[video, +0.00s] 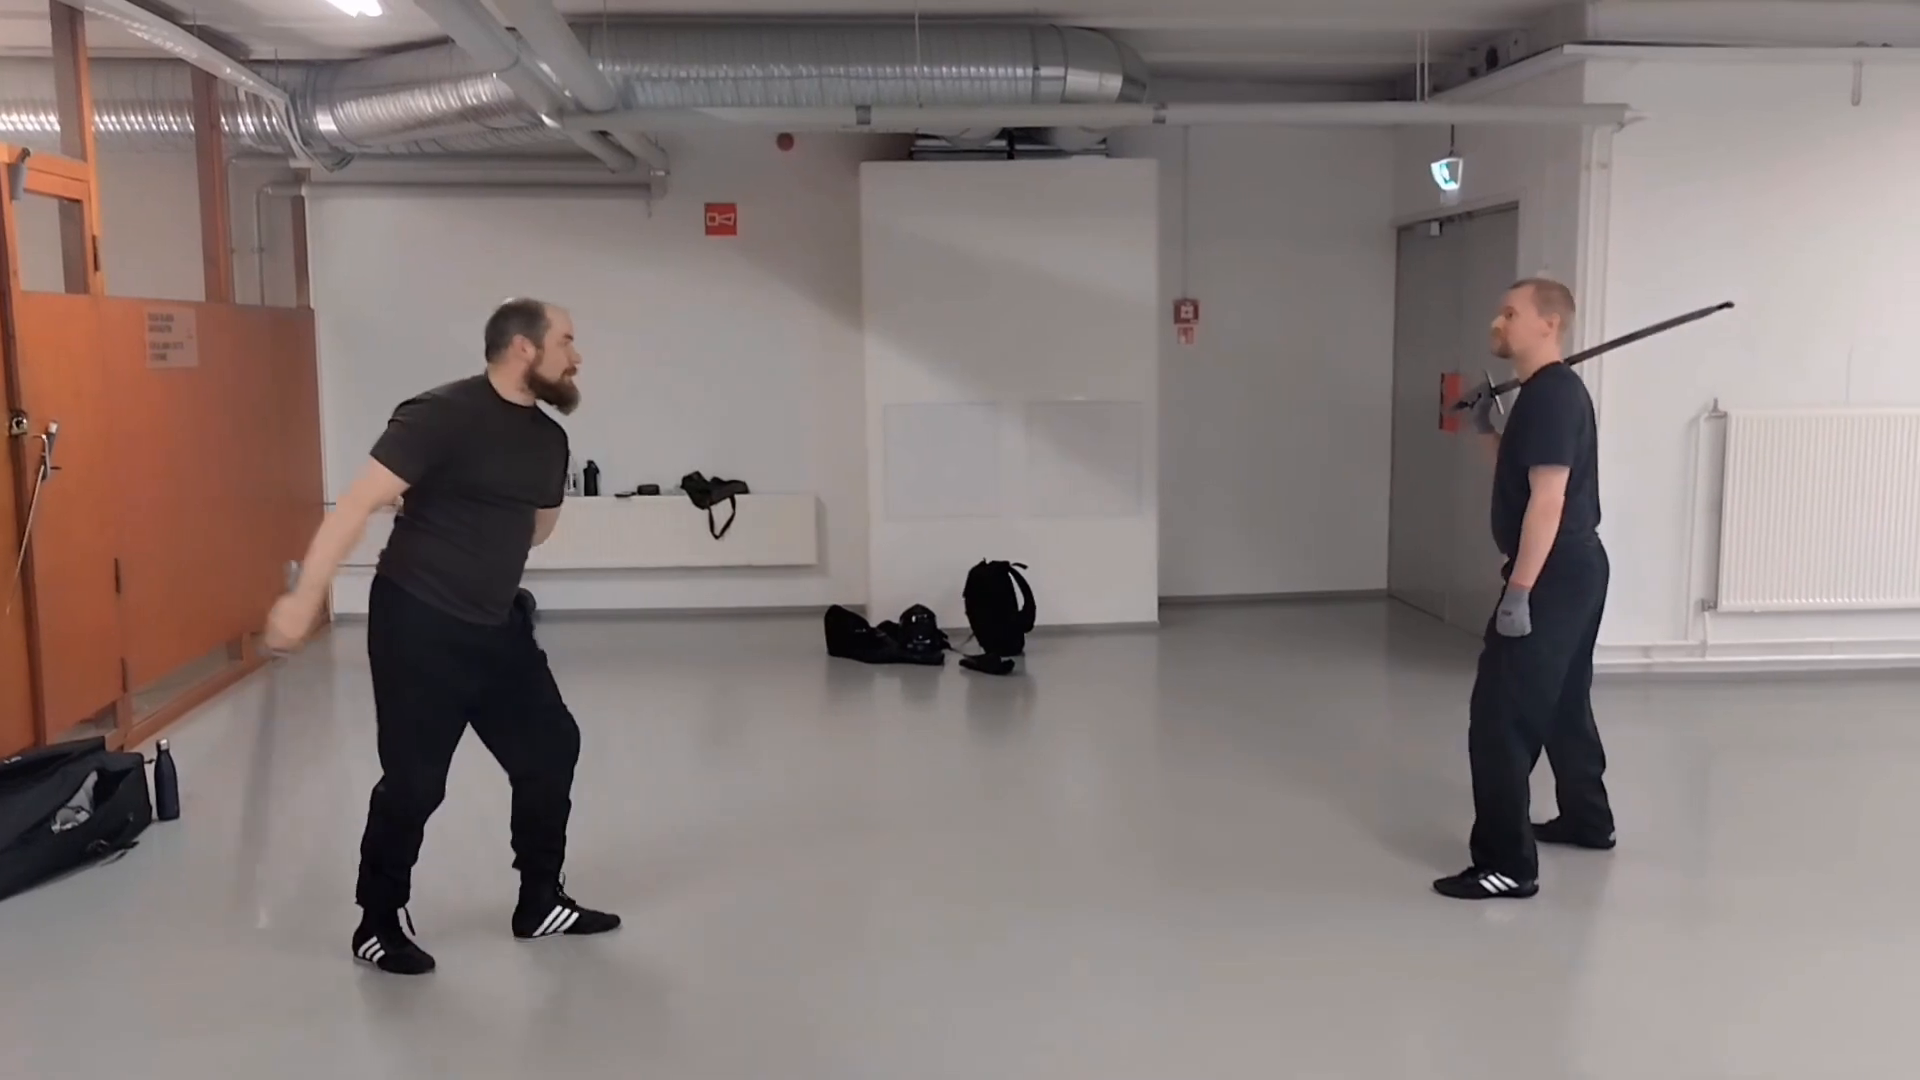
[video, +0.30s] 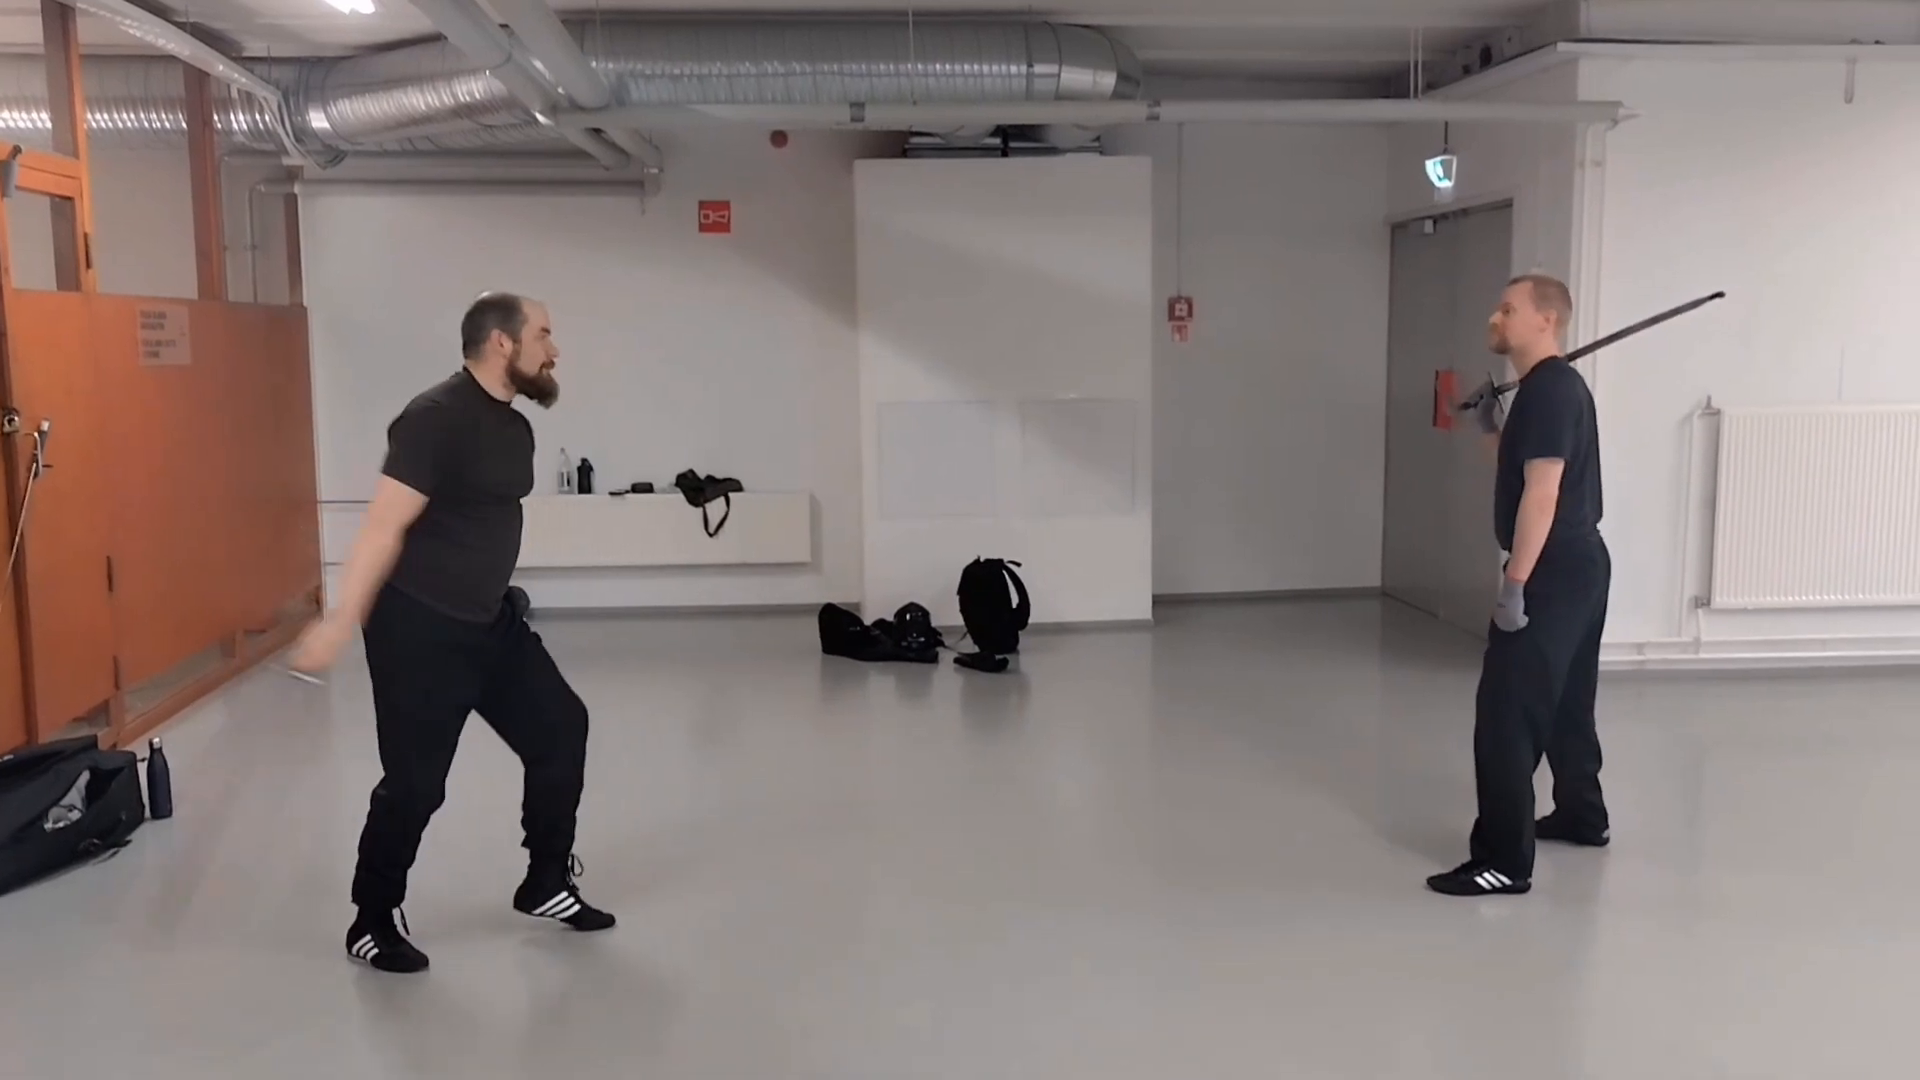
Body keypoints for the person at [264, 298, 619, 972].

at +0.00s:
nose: (576, 356)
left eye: (574, 343)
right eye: (566, 342)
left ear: (530, 351)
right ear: (522, 349)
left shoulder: (548, 438)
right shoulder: (440, 416)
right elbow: (355, 503)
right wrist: (304, 596)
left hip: (494, 625)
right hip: (417, 620)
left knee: (550, 748)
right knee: (414, 776)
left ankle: (540, 901)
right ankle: (378, 925)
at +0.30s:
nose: (554, 350)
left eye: (551, 337)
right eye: (543, 337)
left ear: (503, 345)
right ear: (501, 344)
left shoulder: (513, 426)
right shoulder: (434, 420)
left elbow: (478, 526)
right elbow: (382, 527)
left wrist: (493, 601)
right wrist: (339, 623)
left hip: (488, 624)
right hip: (417, 628)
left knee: (561, 729)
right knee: (414, 784)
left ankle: (547, 882)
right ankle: (372, 923)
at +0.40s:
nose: (551, 351)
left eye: (549, 338)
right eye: (541, 337)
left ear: (499, 347)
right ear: (497, 346)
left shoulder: (495, 417)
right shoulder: (446, 419)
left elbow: (477, 521)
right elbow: (429, 535)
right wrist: (423, 632)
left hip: (493, 620)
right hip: (431, 622)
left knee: (566, 723)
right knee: (417, 778)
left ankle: (570, 884)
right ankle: (371, 917)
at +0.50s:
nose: (557, 353)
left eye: (554, 340)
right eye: (546, 340)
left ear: (505, 347)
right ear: (505, 346)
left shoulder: (499, 418)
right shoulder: (463, 411)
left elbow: (476, 519)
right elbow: (493, 514)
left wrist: (417, 546)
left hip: (486, 619)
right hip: (433, 617)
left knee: (564, 739)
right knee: (420, 776)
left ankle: (619, 879)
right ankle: (368, 920)